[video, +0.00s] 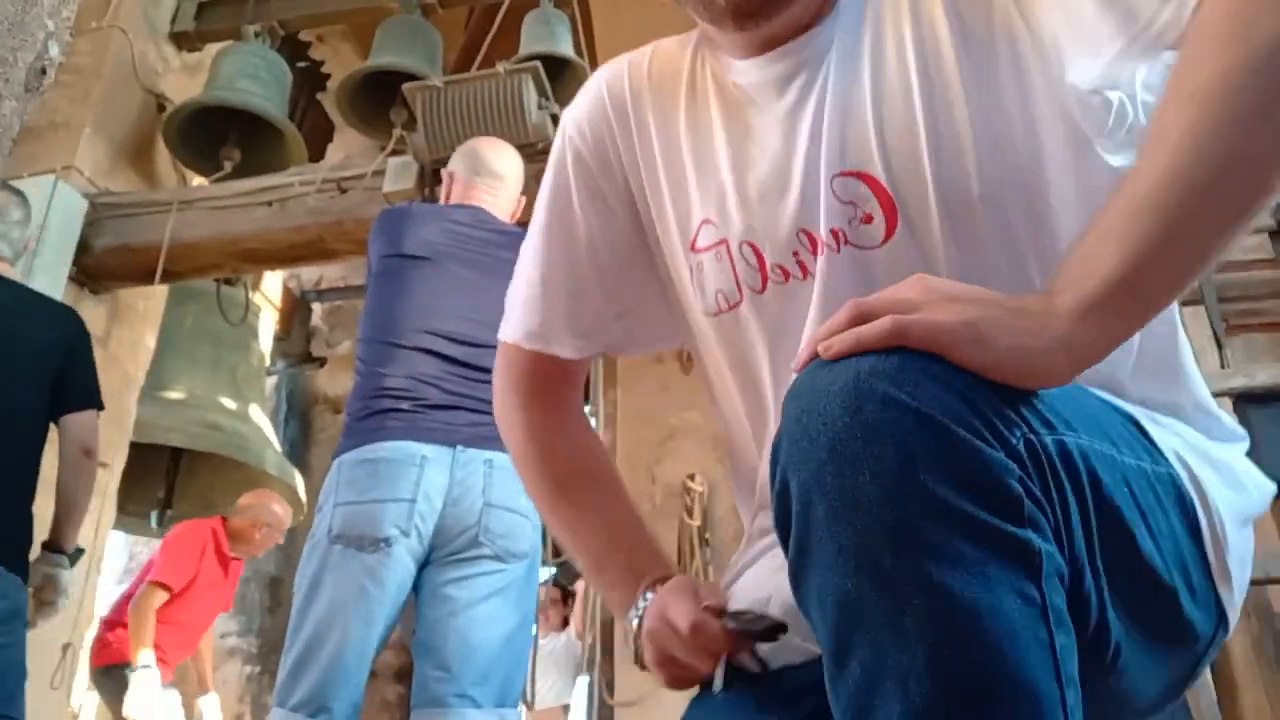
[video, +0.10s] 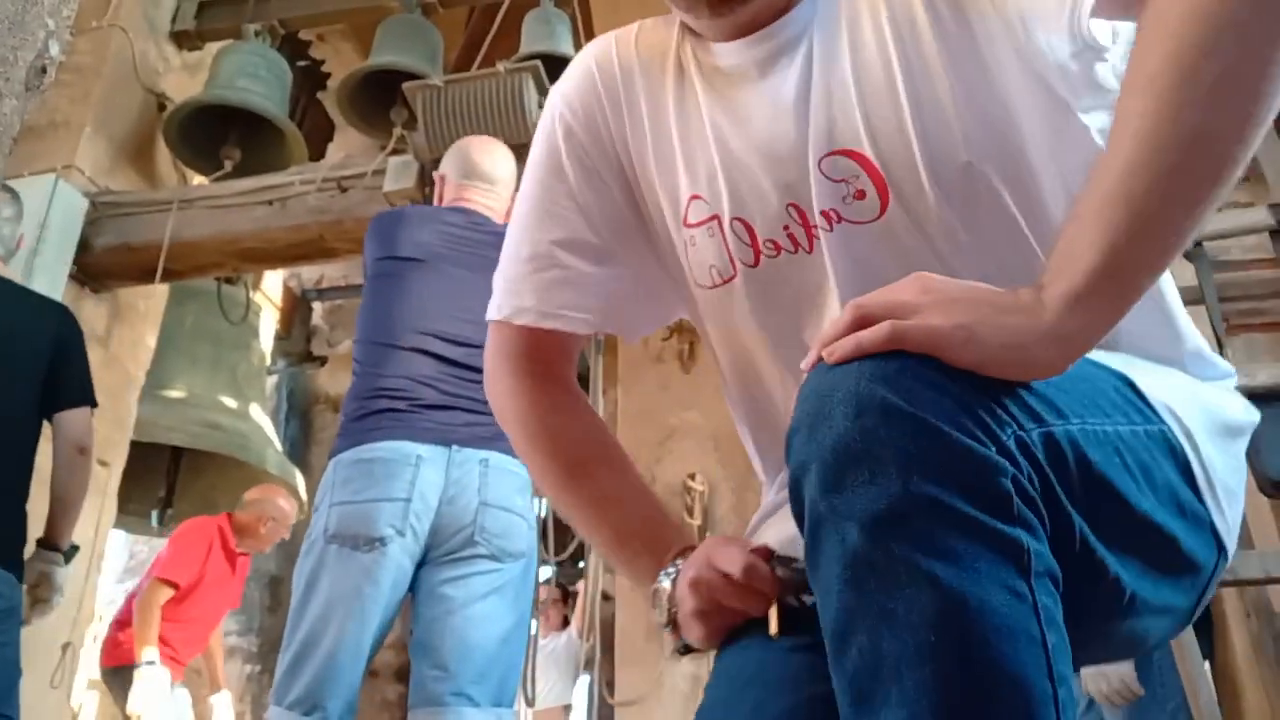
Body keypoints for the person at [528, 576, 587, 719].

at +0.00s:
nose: (544, 608)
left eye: (552, 602)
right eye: (540, 601)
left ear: (566, 609)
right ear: (532, 605)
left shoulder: (569, 640)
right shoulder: (523, 641)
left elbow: (582, 586)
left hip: (556, 713)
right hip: (525, 713)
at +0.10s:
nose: (544, 609)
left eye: (552, 602)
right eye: (540, 603)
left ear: (566, 607)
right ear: (533, 607)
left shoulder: (569, 639)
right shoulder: (526, 642)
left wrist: (583, 591)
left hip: (553, 713)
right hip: (523, 714)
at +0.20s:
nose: (546, 609)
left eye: (554, 603)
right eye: (542, 603)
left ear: (567, 608)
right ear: (533, 606)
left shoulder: (570, 640)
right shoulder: (524, 644)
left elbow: (585, 596)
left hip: (554, 713)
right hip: (524, 714)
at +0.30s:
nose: (545, 610)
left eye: (553, 604)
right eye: (541, 604)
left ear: (565, 609)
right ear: (535, 608)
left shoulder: (571, 640)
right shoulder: (524, 645)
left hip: (557, 713)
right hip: (526, 714)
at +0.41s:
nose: (544, 609)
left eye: (551, 604)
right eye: (539, 604)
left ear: (565, 610)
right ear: (534, 608)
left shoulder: (571, 642)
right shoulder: (517, 645)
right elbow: (488, 619)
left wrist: (573, 599)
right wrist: (525, 608)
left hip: (556, 714)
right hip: (520, 715)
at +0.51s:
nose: (542, 608)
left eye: (550, 604)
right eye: (538, 603)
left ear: (565, 609)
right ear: (533, 607)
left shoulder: (571, 641)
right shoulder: (515, 644)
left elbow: (590, 589)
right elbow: (480, 619)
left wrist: (574, 598)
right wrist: (525, 608)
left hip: (557, 715)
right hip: (518, 715)